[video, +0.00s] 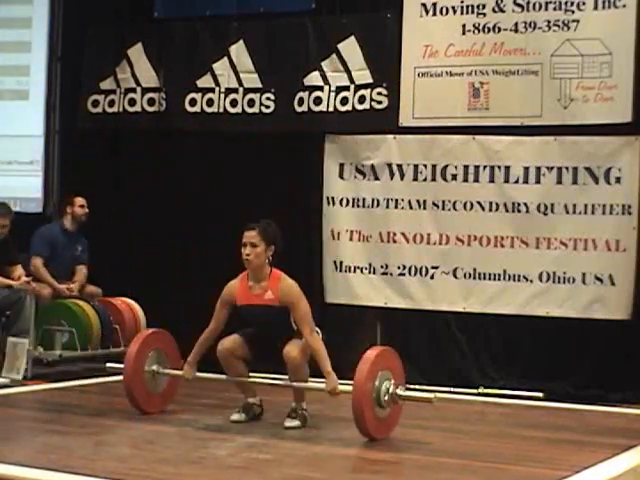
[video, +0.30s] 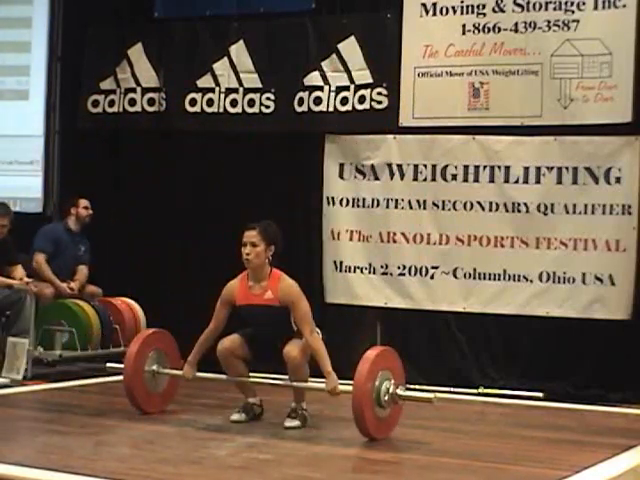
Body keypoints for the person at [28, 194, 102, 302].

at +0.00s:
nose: (86, 211)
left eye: (86, 207)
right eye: (81, 207)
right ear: (68, 209)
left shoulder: (80, 240)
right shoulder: (46, 233)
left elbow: (81, 268)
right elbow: (35, 265)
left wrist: (76, 285)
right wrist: (57, 287)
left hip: (67, 281)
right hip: (44, 280)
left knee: (95, 292)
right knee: (45, 293)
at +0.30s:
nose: (90, 212)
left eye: (90, 209)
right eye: (86, 208)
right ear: (73, 210)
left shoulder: (82, 241)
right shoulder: (50, 231)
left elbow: (83, 268)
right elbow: (38, 262)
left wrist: (76, 284)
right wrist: (58, 285)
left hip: (68, 282)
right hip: (44, 280)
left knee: (95, 292)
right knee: (47, 292)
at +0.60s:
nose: (91, 213)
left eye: (91, 210)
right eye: (87, 209)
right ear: (74, 211)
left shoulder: (83, 242)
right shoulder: (52, 231)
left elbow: (83, 268)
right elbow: (40, 262)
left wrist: (78, 282)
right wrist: (62, 284)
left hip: (69, 283)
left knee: (95, 292)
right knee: (47, 292)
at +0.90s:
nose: (92, 214)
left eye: (92, 210)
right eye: (87, 210)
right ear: (75, 211)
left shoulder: (83, 242)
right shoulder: (52, 230)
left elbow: (83, 269)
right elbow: (40, 261)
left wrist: (77, 282)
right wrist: (61, 283)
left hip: (69, 283)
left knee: (95, 292)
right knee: (47, 292)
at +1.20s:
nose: (88, 213)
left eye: (89, 210)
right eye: (83, 209)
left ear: (91, 212)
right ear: (71, 211)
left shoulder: (83, 242)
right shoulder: (51, 231)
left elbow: (83, 268)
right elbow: (41, 263)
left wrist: (79, 281)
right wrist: (63, 283)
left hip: (70, 283)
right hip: (45, 280)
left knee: (96, 292)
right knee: (48, 292)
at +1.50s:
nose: (78, 211)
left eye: (81, 208)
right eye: (74, 206)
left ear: (84, 213)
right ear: (64, 211)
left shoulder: (82, 242)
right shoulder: (46, 234)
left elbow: (83, 269)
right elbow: (37, 268)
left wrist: (78, 283)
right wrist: (60, 286)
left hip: (68, 283)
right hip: (45, 280)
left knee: (96, 292)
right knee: (48, 292)